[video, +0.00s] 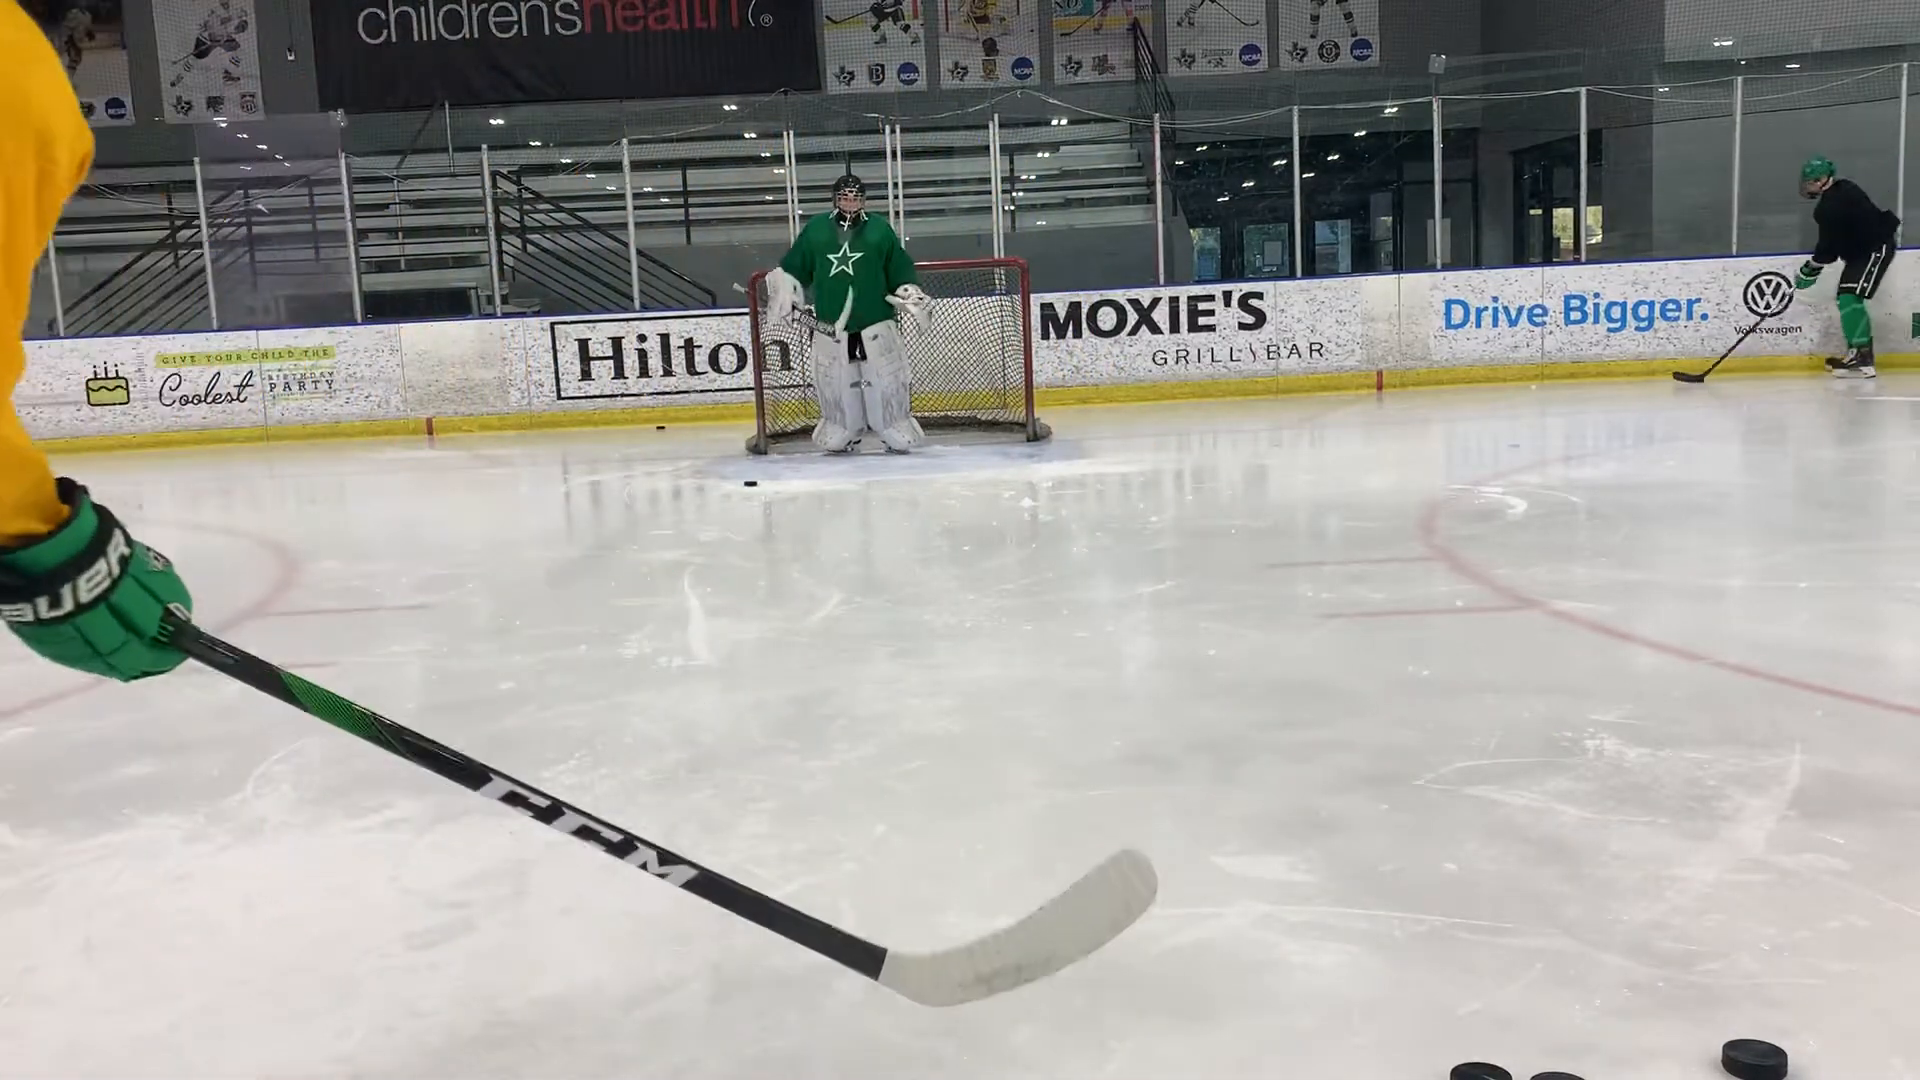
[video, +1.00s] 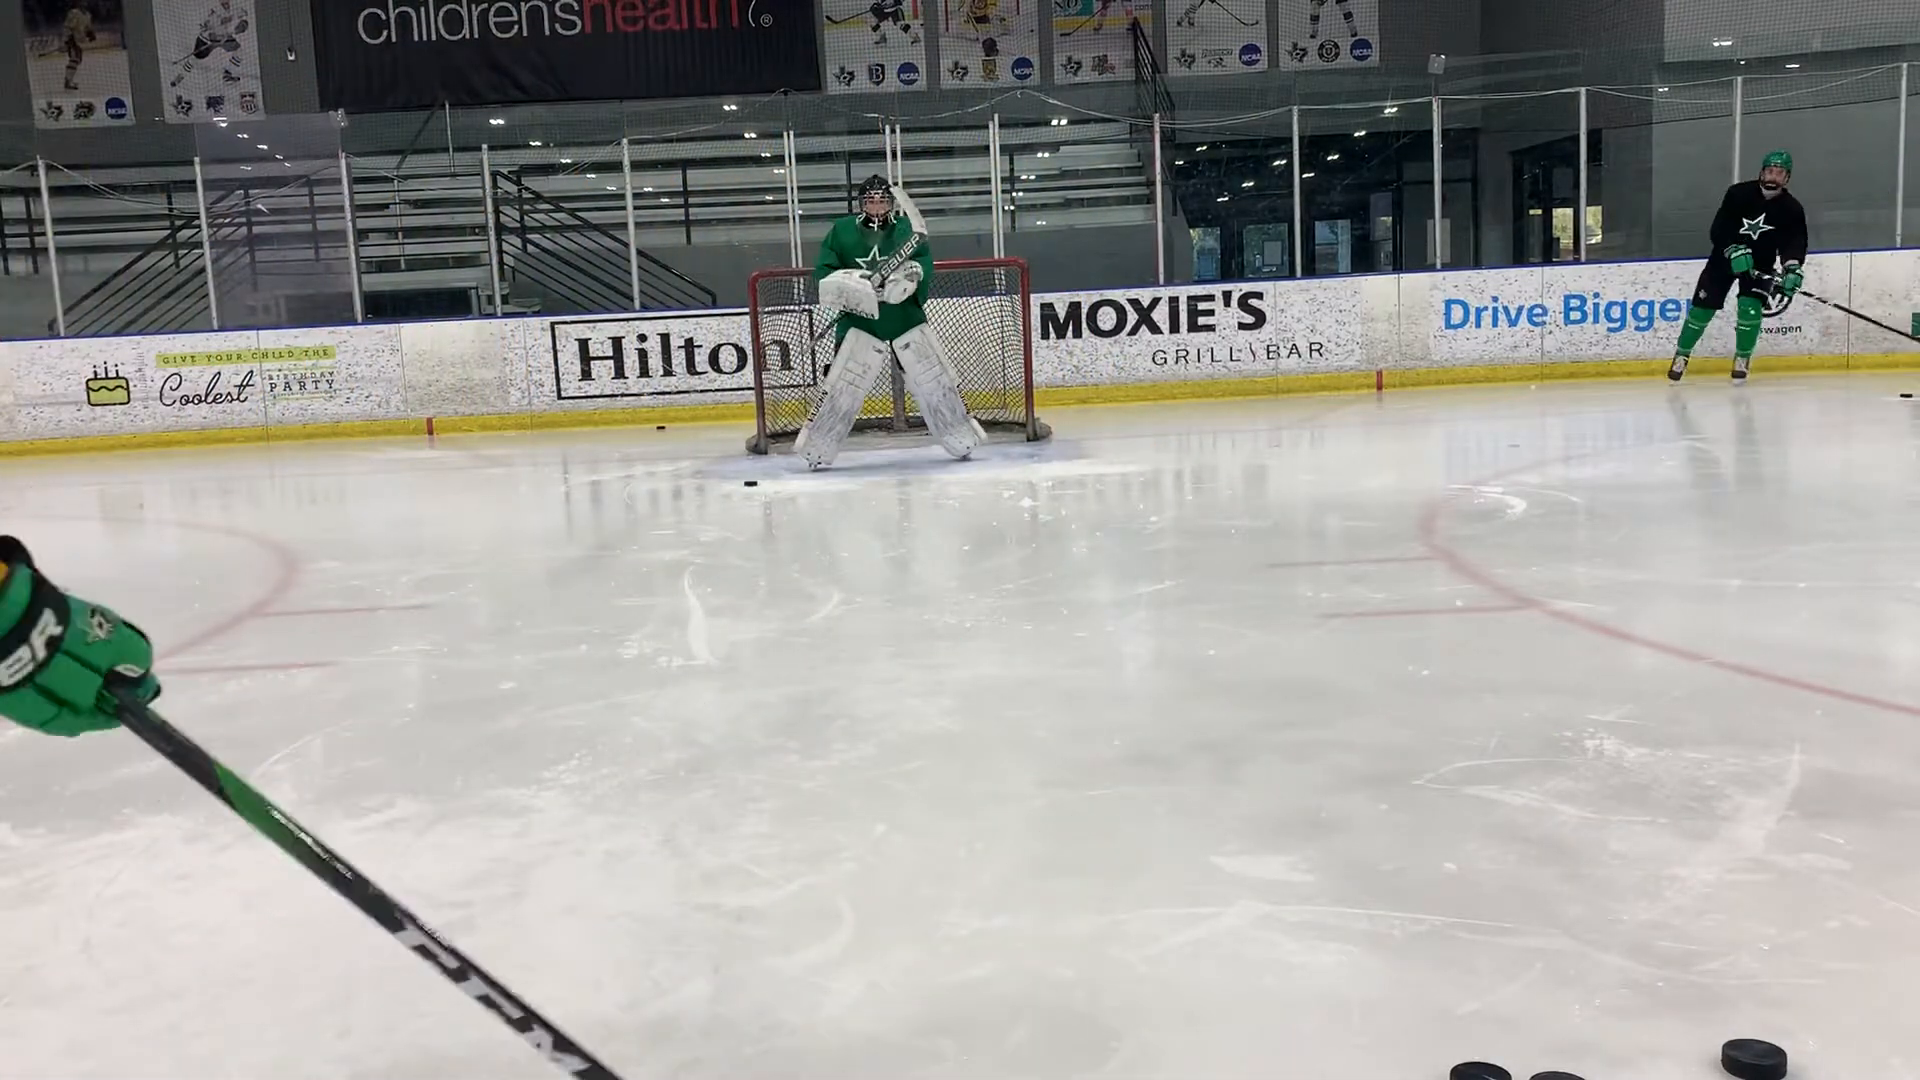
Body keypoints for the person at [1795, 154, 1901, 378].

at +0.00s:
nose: (1807, 187)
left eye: (1811, 182)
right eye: (1806, 182)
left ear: (1824, 180)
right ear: (1825, 179)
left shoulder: (1829, 207)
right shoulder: (1843, 188)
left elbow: (1828, 247)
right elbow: (1832, 239)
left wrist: (1810, 269)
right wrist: (1815, 265)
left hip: (1874, 246)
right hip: (1869, 243)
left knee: (1849, 297)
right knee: (1847, 296)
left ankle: (1861, 356)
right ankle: (1859, 354)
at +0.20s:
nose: (1781, 188)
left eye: (1786, 182)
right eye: (1778, 183)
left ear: (1800, 182)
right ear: (1775, 183)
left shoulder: (1811, 203)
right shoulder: (1790, 198)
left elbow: (1803, 246)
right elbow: (1793, 222)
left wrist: (1776, 269)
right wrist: (1782, 238)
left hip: (1838, 248)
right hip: (1814, 249)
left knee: (1816, 299)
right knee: (1797, 298)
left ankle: (1836, 355)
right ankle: (1801, 354)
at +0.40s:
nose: (1768, 186)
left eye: (1774, 181)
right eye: (1765, 180)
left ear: (1784, 183)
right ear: (1760, 180)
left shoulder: (1794, 206)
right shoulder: (1755, 196)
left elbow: (1778, 250)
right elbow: (1742, 218)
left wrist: (1748, 277)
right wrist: (1733, 240)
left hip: (1802, 259)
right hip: (1773, 256)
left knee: (1785, 299)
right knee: (1755, 301)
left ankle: (1805, 356)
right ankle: (1754, 355)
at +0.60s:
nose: (1759, 183)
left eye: (1765, 179)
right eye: (1756, 178)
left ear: (1774, 181)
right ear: (1750, 179)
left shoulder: (1781, 205)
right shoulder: (1735, 195)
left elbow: (1782, 248)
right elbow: (1711, 222)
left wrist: (1761, 275)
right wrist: (1714, 244)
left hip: (1769, 263)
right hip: (1738, 260)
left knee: (1758, 303)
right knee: (1722, 306)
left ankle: (1775, 359)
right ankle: (1715, 359)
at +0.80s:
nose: (1758, 182)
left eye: (1764, 178)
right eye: (1754, 177)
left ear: (1771, 182)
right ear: (1747, 178)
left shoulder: (1780, 209)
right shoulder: (1728, 199)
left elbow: (1787, 244)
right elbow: (1716, 234)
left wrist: (1787, 272)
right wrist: (1737, 248)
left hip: (1759, 265)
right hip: (1726, 260)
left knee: (1747, 305)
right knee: (1704, 305)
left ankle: (1749, 358)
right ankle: (1685, 358)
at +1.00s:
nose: (1772, 176)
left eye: (1779, 172)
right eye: (1769, 170)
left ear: (1786, 177)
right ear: (1762, 172)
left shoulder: (1792, 208)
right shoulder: (1738, 193)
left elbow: (1795, 244)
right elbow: (1718, 230)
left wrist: (1792, 270)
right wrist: (1732, 250)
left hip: (1761, 262)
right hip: (1727, 255)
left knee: (1749, 308)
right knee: (1703, 306)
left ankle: (1742, 358)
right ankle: (1682, 355)